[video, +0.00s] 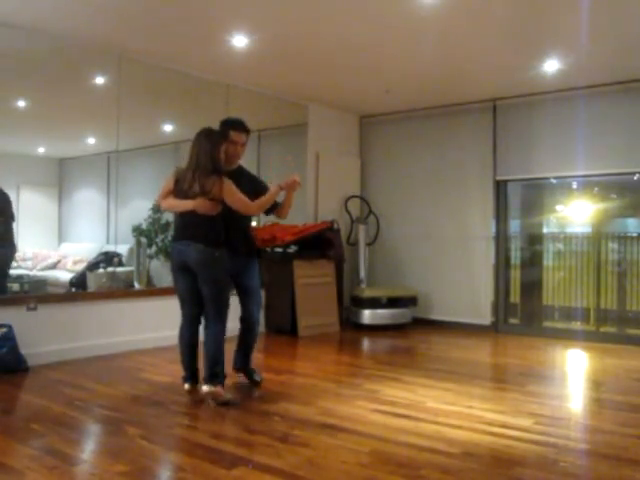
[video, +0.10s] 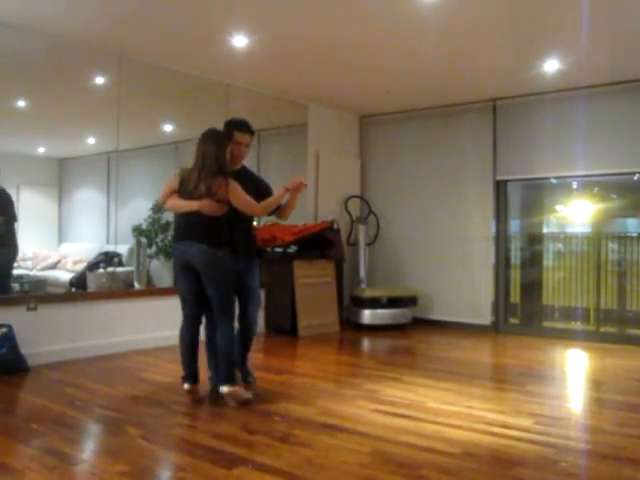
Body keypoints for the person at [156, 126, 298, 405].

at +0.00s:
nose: (229, 155)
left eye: (229, 149)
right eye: (225, 150)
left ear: (195, 150)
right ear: (215, 151)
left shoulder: (179, 176)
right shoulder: (218, 183)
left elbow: (161, 199)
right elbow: (251, 209)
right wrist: (277, 190)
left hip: (180, 250)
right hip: (208, 252)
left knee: (189, 315)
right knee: (216, 317)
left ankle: (190, 379)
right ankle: (213, 382)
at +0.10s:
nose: (234, 155)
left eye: (235, 149)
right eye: (231, 150)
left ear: (200, 151)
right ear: (222, 152)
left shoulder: (183, 176)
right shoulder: (224, 184)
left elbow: (164, 198)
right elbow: (257, 210)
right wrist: (284, 191)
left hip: (183, 252)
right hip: (212, 254)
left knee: (190, 316)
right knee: (222, 317)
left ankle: (189, 380)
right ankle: (226, 382)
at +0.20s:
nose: (242, 155)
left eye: (244, 149)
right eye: (238, 149)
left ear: (207, 151)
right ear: (227, 152)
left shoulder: (188, 177)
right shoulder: (231, 185)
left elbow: (166, 199)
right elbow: (266, 210)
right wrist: (293, 191)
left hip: (189, 254)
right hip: (219, 256)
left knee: (193, 318)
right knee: (230, 317)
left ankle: (189, 378)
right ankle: (220, 382)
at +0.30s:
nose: (249, 155)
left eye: (251, 149)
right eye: (246, 149)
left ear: (215, 152)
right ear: (236, 153)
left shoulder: (197, 178)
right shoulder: (240, 185)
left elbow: (171, 198)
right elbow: (277, 209)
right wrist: (302, 190)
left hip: (197, 256)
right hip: (229, 257)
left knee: (198, 319)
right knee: (246, 318)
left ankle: (191, 377)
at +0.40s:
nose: (260, 154)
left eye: (261, 148)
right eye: (257, 149)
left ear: (227, 150)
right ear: (248, 151)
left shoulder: (207, 179)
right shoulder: (254, 185)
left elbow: (177, 199)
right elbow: (289, 207)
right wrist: (309, 189)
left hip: (209, 255)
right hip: (242, 256)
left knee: (205, 319)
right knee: (255, 317)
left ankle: (192, 377)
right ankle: (269, 375)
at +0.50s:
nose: (269, 156)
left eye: (268, 151)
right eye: (267, 151)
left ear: (239, 150)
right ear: (260, 152)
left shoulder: (218, 180)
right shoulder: (265, 184)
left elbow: (184, 201)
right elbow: (299, 204)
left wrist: (205, 211)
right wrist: (312, 185)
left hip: (223, 254)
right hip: (256, 255)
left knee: (214, 316)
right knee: (262, 315)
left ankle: (197, 375)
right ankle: (274, 375)